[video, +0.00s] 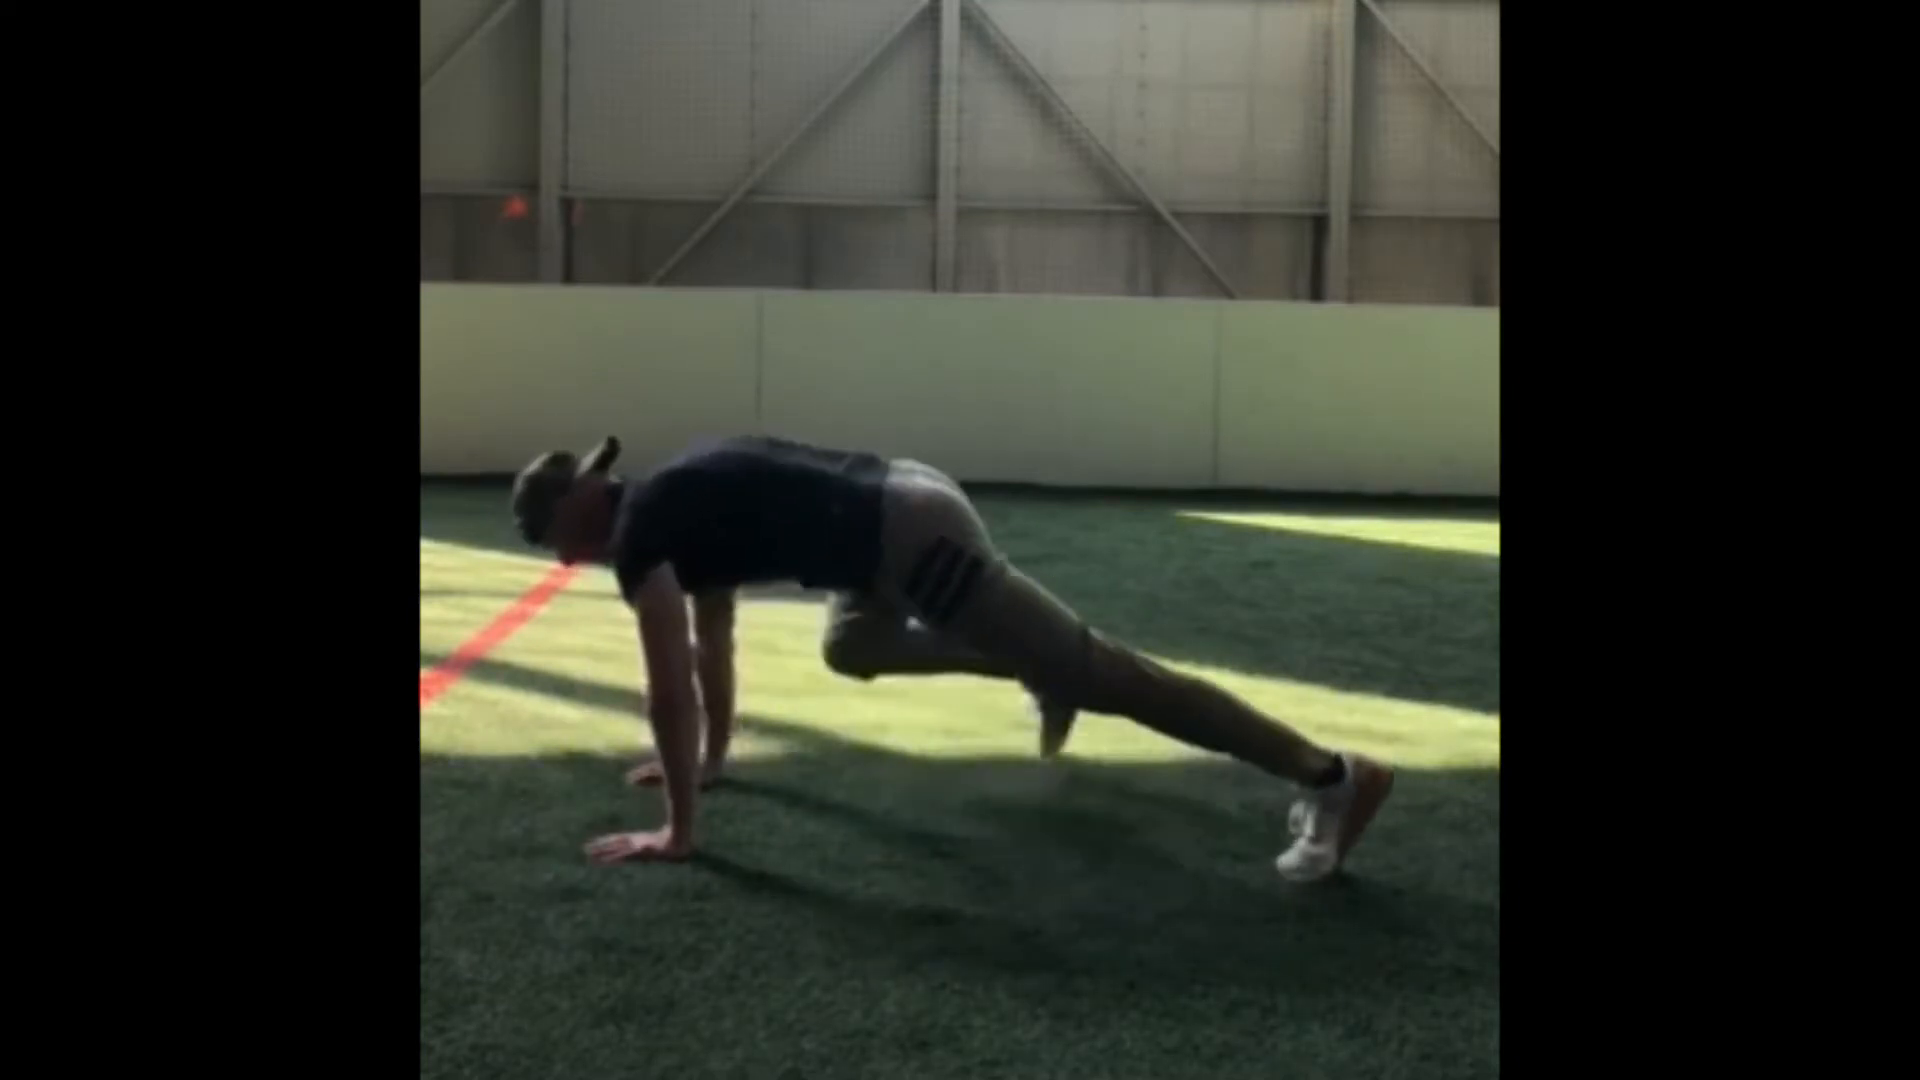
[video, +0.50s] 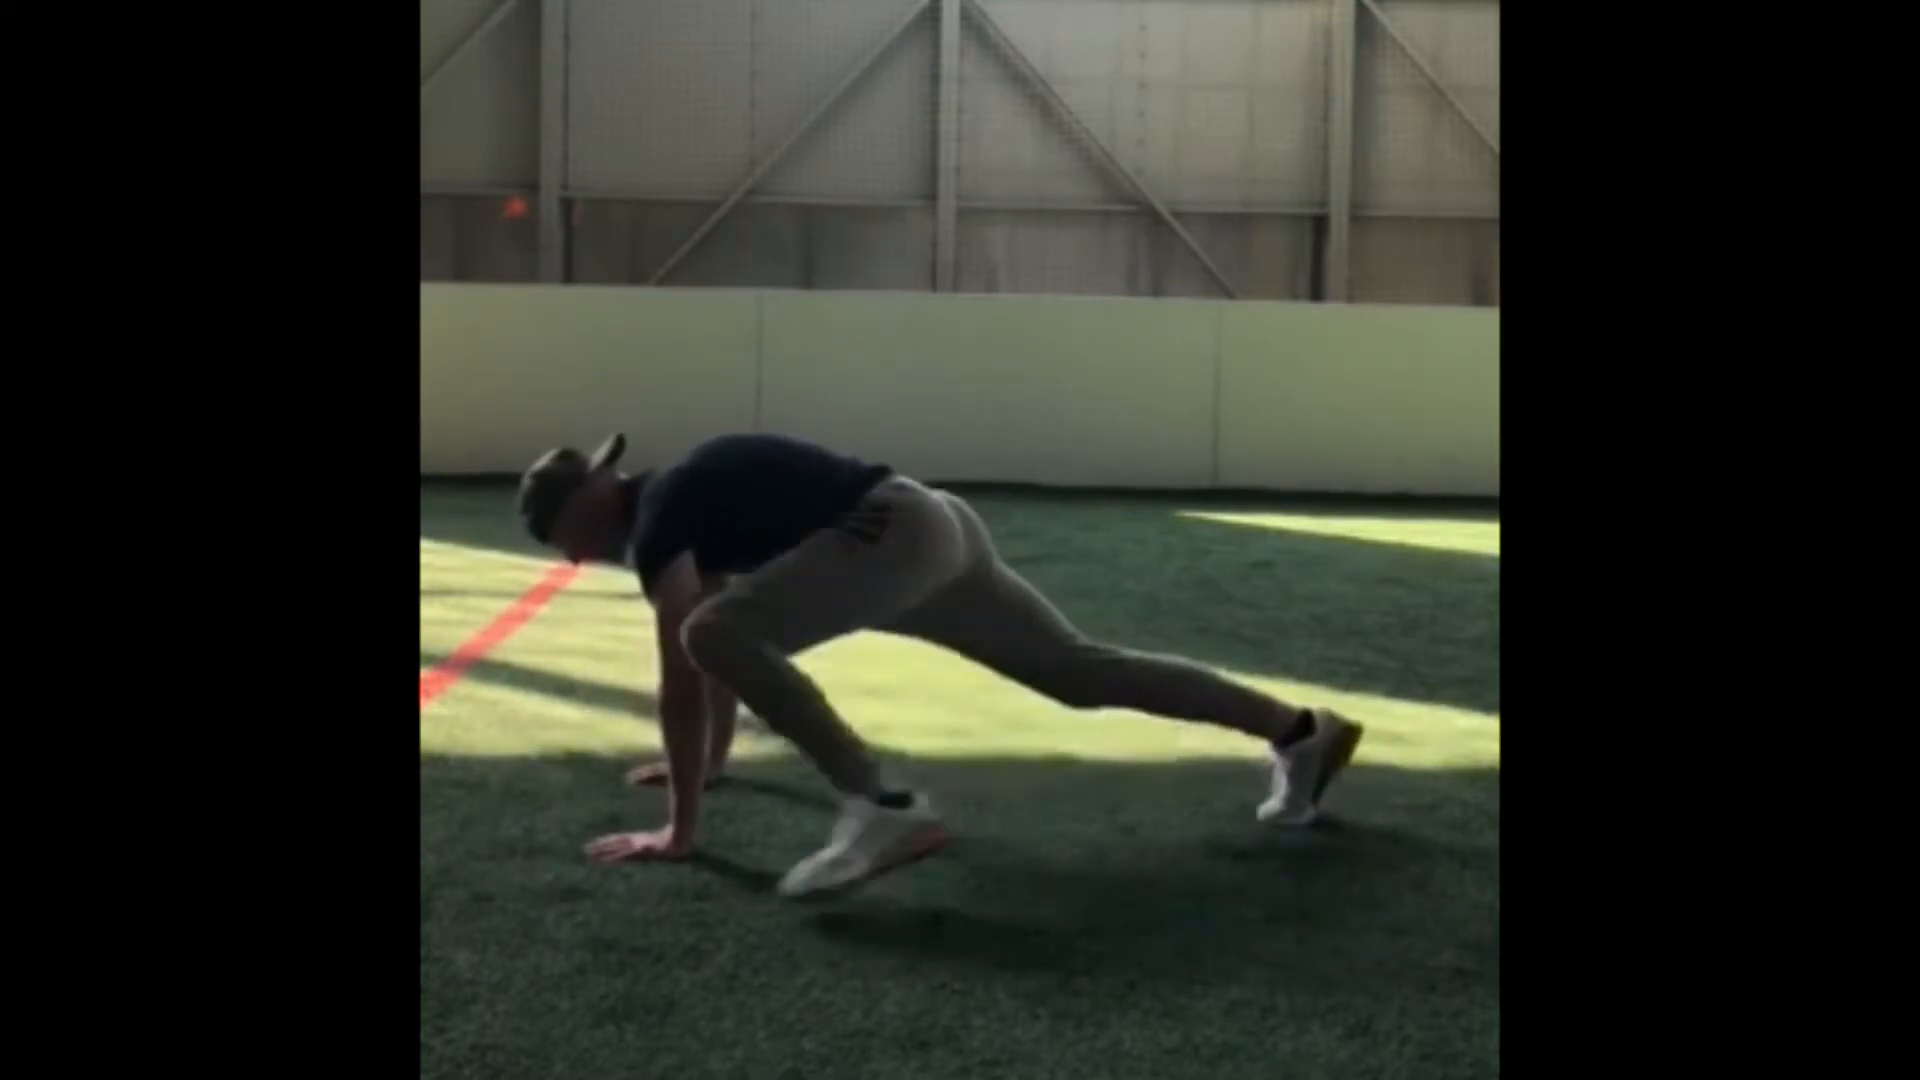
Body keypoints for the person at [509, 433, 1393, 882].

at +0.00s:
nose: (572, 565)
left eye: (564, 549)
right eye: (561, 553)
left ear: (583, 513)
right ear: (600, 491)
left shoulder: (642, 535)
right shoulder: (682, 499)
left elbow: (671, 693)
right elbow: (713, 652)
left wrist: (677, 829)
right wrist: (708, 756)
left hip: (914, 534)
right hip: (907, 502)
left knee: (1108, 675)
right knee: (853, 649)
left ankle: (1334, 777)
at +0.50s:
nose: (579, 562)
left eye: (569, 547)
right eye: (568, 552)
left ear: (589, 512)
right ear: (607, 494)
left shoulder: (654, 523)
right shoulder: (683, 502)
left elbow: (678, 678)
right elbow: (717, 657)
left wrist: (678, 827)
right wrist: (694, 765)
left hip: (887, 537)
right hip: (935, 529)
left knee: (714, 635)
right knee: (1077, 675)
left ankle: (878, 814)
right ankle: (1299, 734)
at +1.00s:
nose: (575, 559)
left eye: (566, 542)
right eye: (564, 550)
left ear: (589, 505)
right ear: (602, 498)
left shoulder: (653, 520)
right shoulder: (680, 505)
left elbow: (672, 682)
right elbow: (708, 659)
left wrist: (675, 828)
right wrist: (698, 781)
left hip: (883, 545)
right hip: (930, 546)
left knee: (685, 619)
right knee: (1072, 701)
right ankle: (1295, 742)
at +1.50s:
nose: (576, 587)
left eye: (564, 572)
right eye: (562, 577)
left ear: (579, 524)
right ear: (592, 506)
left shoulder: (641, 537)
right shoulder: (676, 510)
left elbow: (669, 688)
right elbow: (723, 664)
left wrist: (680, 824)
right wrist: (714, 759)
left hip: (914, 586)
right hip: (928, 558)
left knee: (1065, 741)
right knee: (1077, 703)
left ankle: (1300, 772)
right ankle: (1291, 740)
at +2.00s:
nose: (558, 556)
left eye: (546, 539)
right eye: (544, 549)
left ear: (558, 502)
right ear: (569, 484)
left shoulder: (625, 525)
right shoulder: (657, 491)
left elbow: (659, 684)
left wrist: (674, 828)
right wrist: (705, 751)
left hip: (862, 563)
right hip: (890, 535)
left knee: (657, 624)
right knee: (737, 583)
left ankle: (791, 827)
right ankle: (819, 732)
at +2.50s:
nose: (554, 570)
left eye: (547, 554)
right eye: (542, 560)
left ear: (569, 511)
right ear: (581, 494)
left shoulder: (636, 541)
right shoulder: (661, 502)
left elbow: (669, 687)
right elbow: (703, 652)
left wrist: (676, 830)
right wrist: (707, 755)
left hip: (885, 530)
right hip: (907, 497)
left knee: (974, 742)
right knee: (1011, 681)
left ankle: (1202, 722)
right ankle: (1201, 670)